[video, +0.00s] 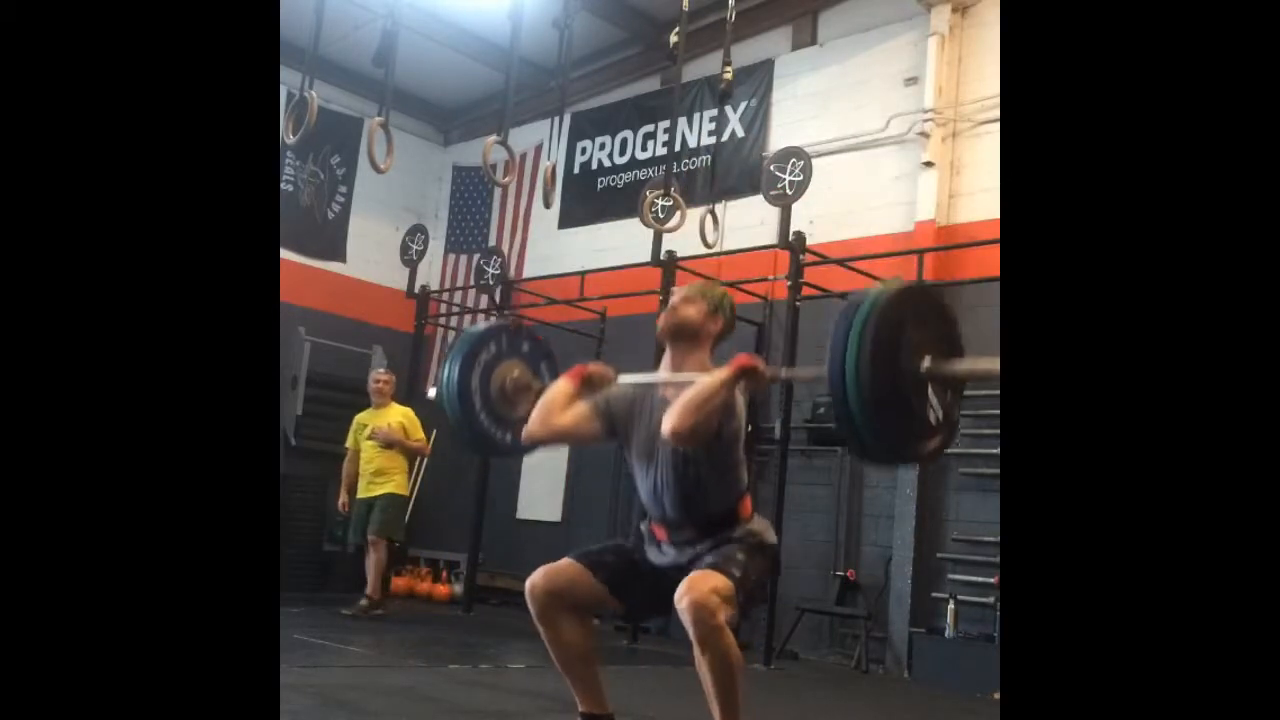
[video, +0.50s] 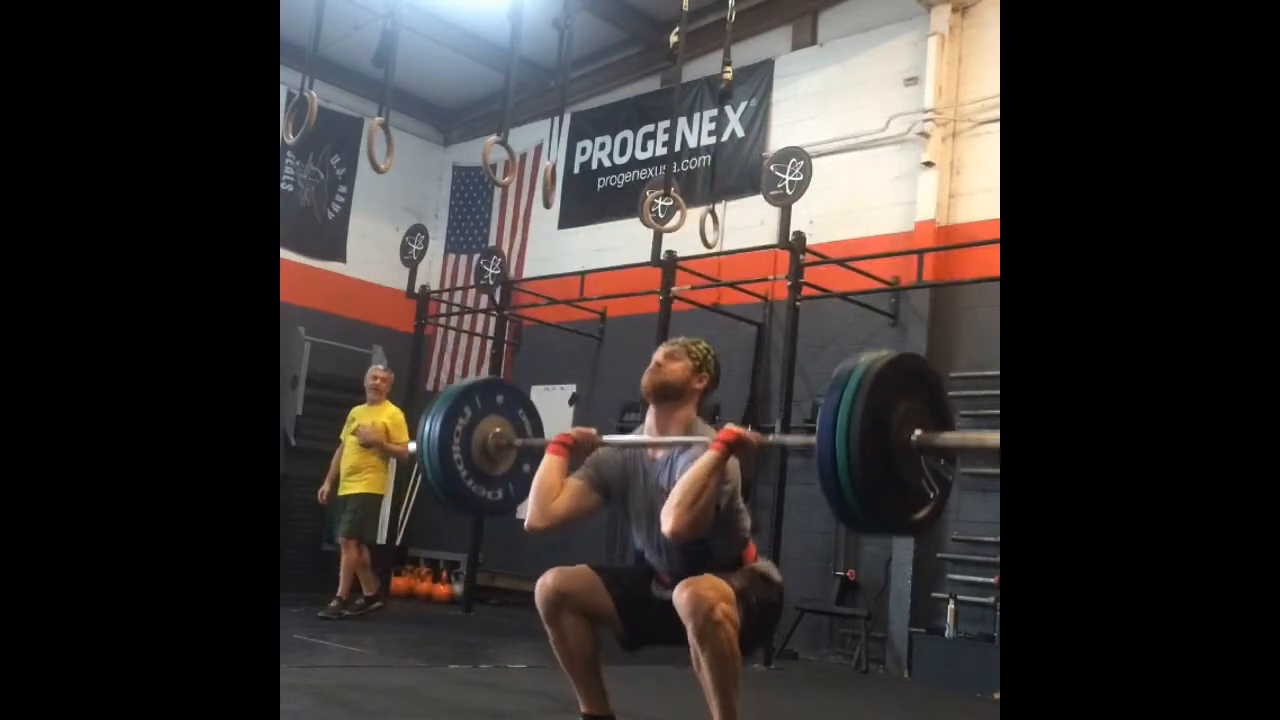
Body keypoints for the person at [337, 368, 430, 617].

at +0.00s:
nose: (381, 386)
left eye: (386, 382)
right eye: (376, 382)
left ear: (393, 387)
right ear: (368, 386)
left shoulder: (405, 414)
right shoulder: (360, 419)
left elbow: (424, 448)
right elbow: (351, 457)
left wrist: (395, 439)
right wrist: (344, 491)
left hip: (393, 486)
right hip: (366, 488)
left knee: (375, 538)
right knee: (369, 543)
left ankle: (370, 596)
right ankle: (375, 596)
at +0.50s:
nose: (377, 383)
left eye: (382, 380)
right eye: (373, 378)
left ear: (389, 385)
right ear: (365, 382)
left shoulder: (394, 415)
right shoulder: (355, 412)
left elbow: (404, 452)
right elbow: (342, 448)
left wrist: (378, 441)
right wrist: (329, 480)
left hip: (370, 486)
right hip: (347, 485)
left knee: (348, 539)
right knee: (354, 543)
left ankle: (341, 597)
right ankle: (372, 593)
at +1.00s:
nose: (370, 379)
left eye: (376, 376)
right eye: (366, 374)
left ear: (383, 382)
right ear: (357, 378)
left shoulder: (389, 412)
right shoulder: (343, 408)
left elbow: (402, 451)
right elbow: (328, 445)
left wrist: (370, 439)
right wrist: (317, 479)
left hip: (363, 488)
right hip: (332, 484)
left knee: (355, 544)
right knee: (311, 539)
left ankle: (343, 600)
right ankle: (293, 595)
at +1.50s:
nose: (333, 373)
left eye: (339, 369)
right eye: (328, 368)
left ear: (347, 375)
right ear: (320, 372)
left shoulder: (360, 406)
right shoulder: (306, 405)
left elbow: (378, 443)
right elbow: (292, 444)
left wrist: (355, 438)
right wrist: (285, 479)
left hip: (344, 490)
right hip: (307, 486)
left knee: (343, 545)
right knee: (293, 539)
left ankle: (339, 599)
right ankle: (282, 593)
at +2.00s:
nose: (308, 371)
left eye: (312, 367)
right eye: (303, 366)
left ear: (318, 370)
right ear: (291, 369)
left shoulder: (331, 398)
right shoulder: (283, 401)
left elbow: (355, 432)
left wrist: (328, 429)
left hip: (318, 479)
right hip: (286, 479)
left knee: (318, 535)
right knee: (284, 539)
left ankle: (317, 588)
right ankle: (281, 592)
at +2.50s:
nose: (314, 369)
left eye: (318, 364)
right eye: (309, 364)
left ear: (322, 368)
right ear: (296, 367)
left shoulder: (336, 399)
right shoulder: (284, 399)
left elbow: (355, 434)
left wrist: (331, 431)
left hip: (318, 485)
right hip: (285, 483)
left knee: (314, 541)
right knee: (283, 543)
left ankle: (311, 600)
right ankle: (280, 597)